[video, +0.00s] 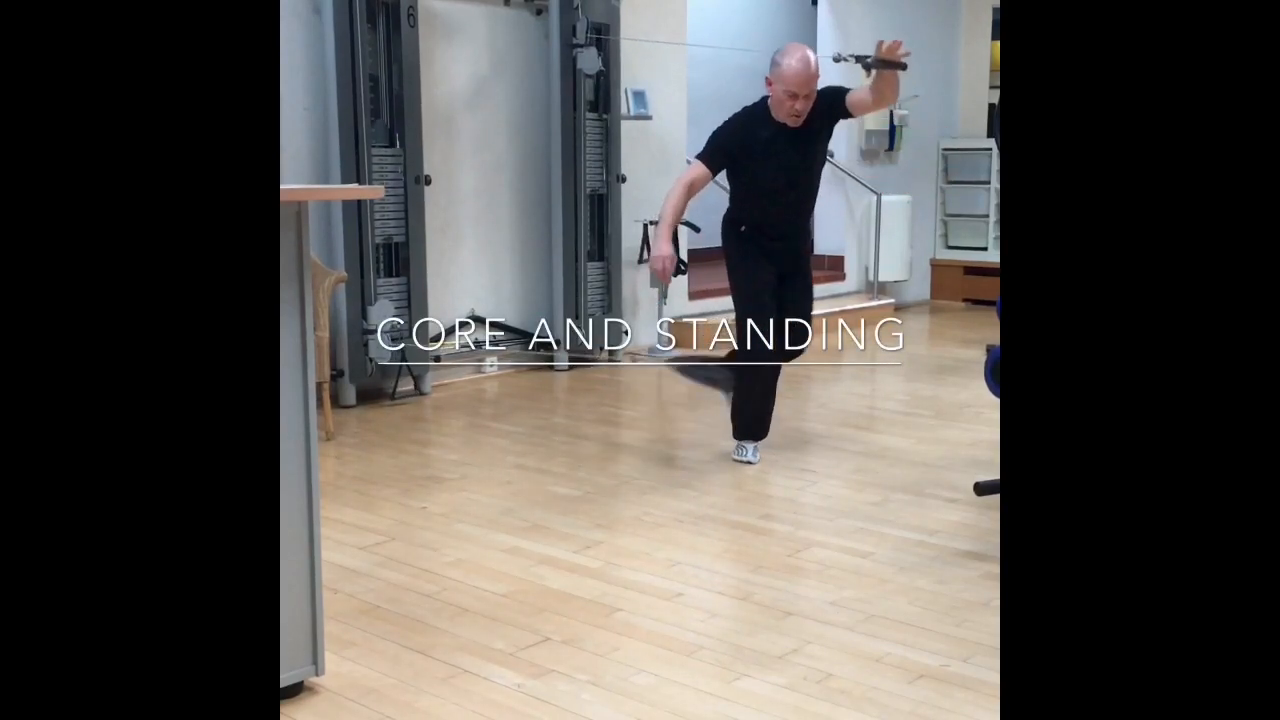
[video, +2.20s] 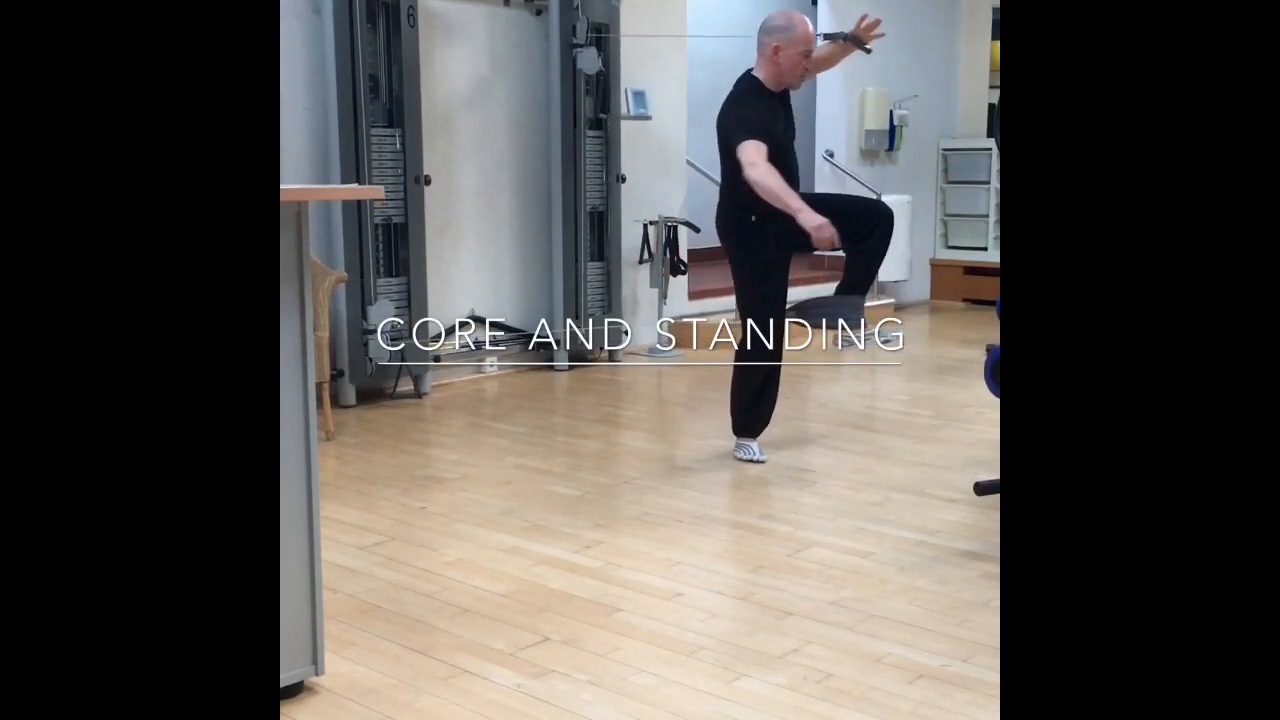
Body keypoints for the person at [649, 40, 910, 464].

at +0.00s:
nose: (800, 105)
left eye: (808, 96)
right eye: (791, 95)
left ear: (817, 86)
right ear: (769, 85)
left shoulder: (825, 107)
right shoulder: (742, 127)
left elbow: (881, 98)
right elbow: (687, 184)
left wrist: (888, 66)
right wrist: (662, 240)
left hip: (796, 243)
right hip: (747, 243)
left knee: (794, 339)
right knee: (759, 339)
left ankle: (726, 371)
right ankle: (747, 437)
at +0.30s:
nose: (793, 91)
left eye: (800, 81)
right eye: (784, 82)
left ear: (808, 71)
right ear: (761, 72)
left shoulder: (816, 91)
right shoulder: (735, 117)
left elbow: (874, 89)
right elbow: (685, 178)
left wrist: (886, 70)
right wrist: (673, 234)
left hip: (800, 227)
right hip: (750, 235)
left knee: (841, 297)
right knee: (754, 336)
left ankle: (779, 345)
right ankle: (747, 434)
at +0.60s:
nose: (788, 77)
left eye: (796, 67)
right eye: (779, 67)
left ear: (803, 61)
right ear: (755, 61)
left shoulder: (812, 89)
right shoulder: (725, 109)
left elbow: (871, 88)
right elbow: (671, 163)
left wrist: (887, 67)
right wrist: (642, 220)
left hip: (804, 217)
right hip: (754, 230)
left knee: (868, 246)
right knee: (757, 332)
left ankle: (834, 333)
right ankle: (748, 435)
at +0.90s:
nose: (786, 71)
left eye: (793, 61)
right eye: (778, 61)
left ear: (800, 56)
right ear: (753, 53)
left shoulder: (807, 90)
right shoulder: (716, 106)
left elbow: (867, 95)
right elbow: (660, 154)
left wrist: (885, 67)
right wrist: (619, 205)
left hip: (802, 213)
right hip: (752, 231)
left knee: (874, 209)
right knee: (758, 331)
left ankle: (894, 320)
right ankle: (748, 434)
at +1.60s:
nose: (775, 62)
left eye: (779, 53)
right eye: (766, 53)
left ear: (782, 50)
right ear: (737, 51)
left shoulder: (790, 82)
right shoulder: (713, 108)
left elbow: (853, 60)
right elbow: (678, 167)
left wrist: (873, 19)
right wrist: (679, 219)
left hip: (801, 213)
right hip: (752, 233)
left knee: (876, 206)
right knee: (756, 333)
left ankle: (892, 318)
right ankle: (747, 433)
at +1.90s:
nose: (794, 64)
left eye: (796, 56)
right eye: (786, 57)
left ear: (791, 51)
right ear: (754, 53)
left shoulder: (790, 81)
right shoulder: (726, 103)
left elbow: (846, 59)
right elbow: (702, 169)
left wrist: (879, 30)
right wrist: (736, 214)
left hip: (792, 214)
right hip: (749, 229)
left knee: (876, 216)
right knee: (755, 331)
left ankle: (860, 319)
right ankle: (745, 434)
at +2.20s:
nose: (810, 63)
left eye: (810, 56)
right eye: (804, 56)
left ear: (779, 53)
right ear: (774, 53)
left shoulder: (774, 84)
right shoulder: (746, 104)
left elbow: (814, 62)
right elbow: (755, 169)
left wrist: (852, 40)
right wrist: (805, 214)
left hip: (787, 211)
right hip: (751, 225)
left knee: (876, 217)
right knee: (762, 329)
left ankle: (845, 306)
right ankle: (746, 434)